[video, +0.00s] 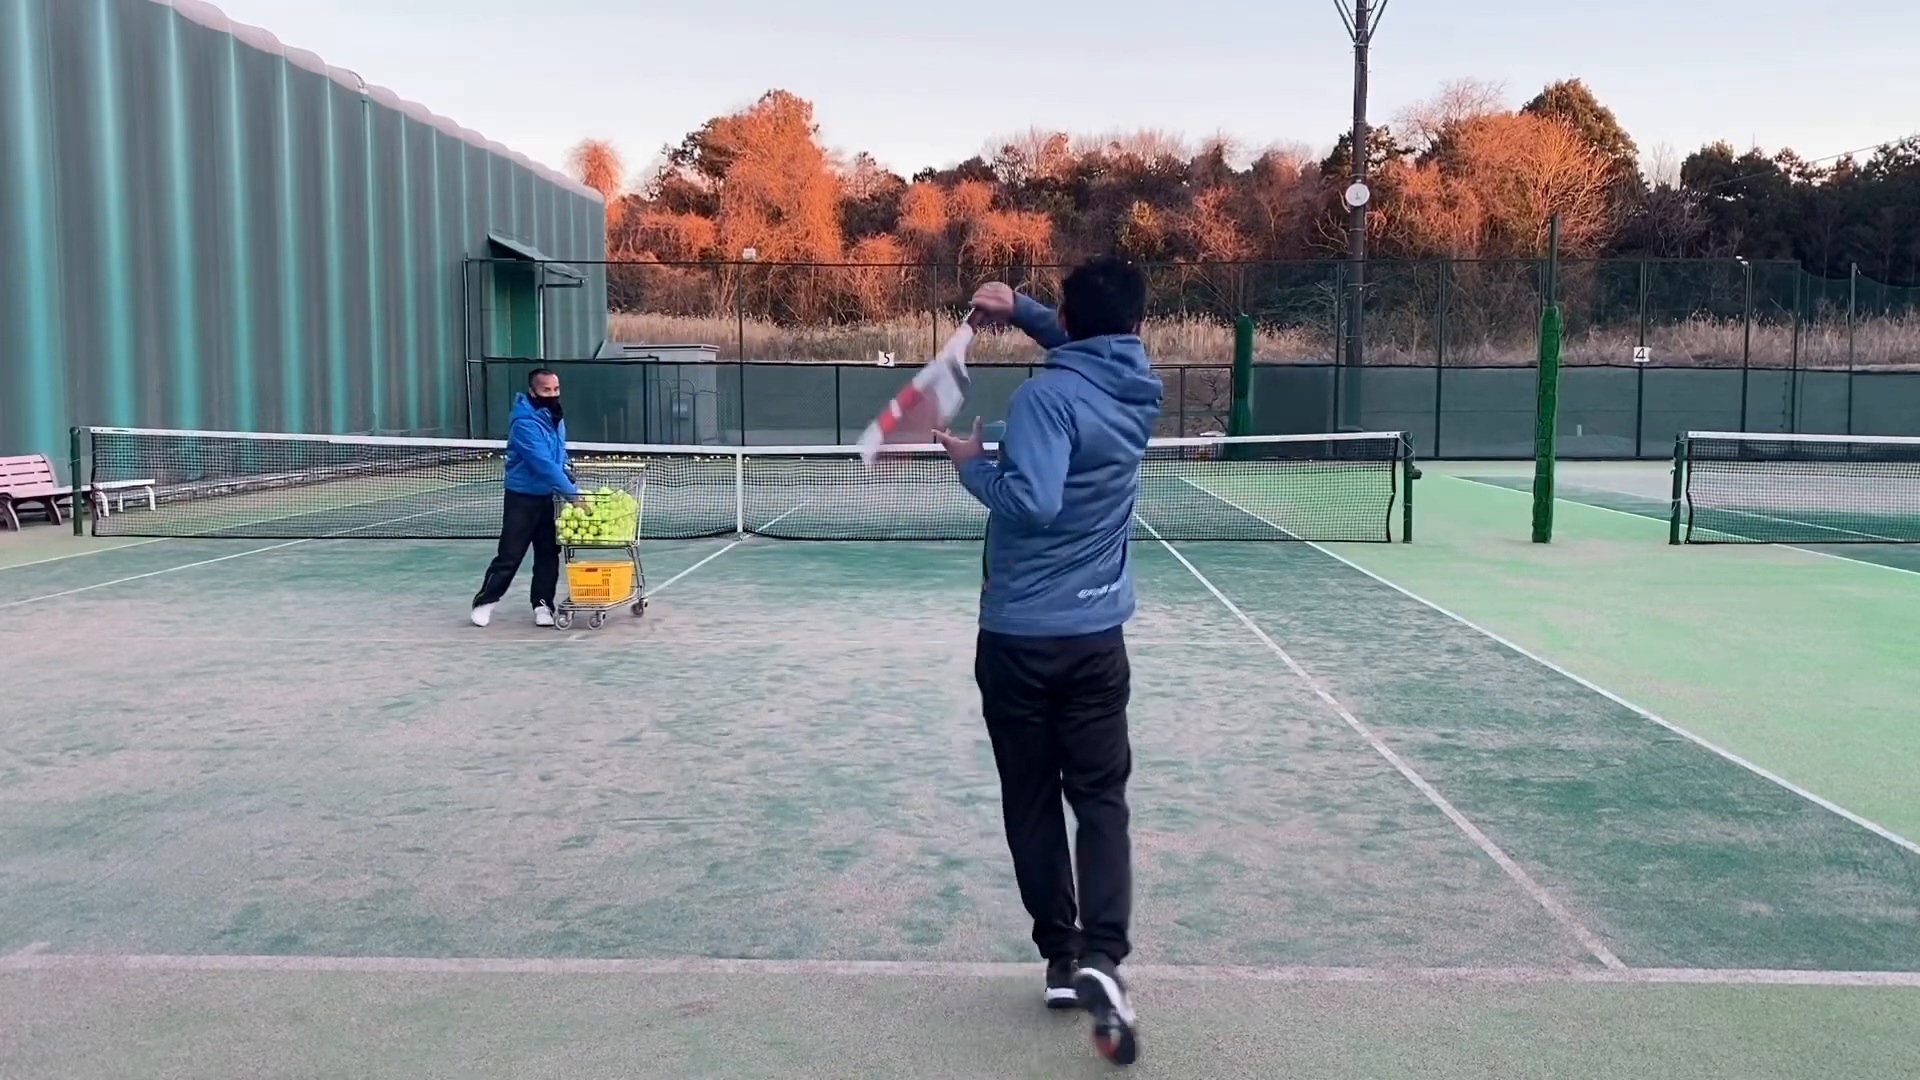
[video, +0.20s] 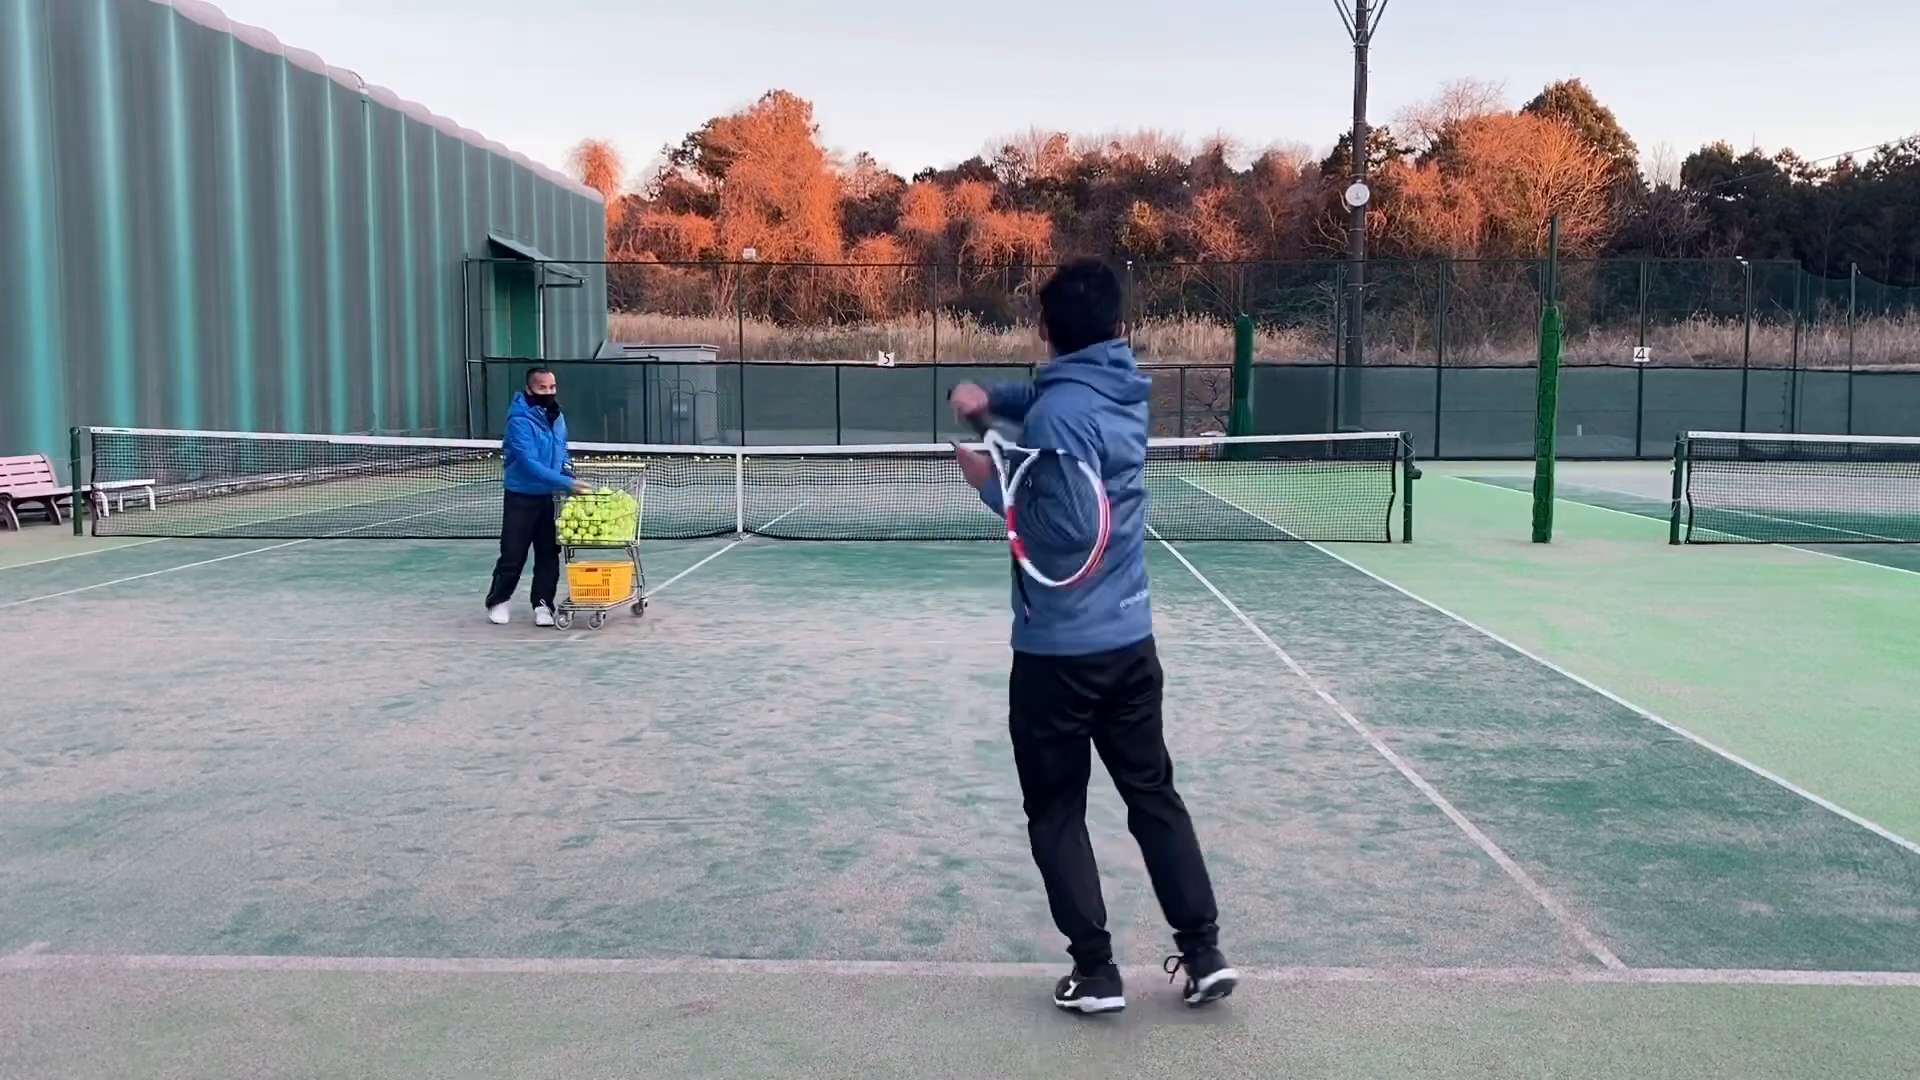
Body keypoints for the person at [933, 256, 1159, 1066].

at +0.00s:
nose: (1056, 317)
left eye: (1063, 309)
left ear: (1068, 320)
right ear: (1135, 326)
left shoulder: (1045, 395)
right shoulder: (1139, 386)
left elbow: (1034, 499)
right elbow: (1075, 337)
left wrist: (970, 460)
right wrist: (1018, 305)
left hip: (1018, 637)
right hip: (1097, 636)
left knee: (1031, 803)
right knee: (1102, 796)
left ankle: (1063, 961)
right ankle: (1102, 961)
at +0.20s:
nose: (1035, 331)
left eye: (1039, 321)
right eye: (1041, 319)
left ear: (1047, 329)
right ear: (1114, 327)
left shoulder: (1057, 414)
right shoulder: (1125, 387)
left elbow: (1070, 534)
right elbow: (1054, 397)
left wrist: (994, 486)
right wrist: (990, 402)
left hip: (1057, 654)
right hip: (1129, 643)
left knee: (1056, 812)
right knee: (1153, 794)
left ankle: (1095, 972)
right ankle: (1203, 952)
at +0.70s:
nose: (897, 365)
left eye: (899, 356)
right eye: (899, 355)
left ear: (910, 363)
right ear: (978, 359)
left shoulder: (895, 442)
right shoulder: (1016, 443)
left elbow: (859, 554)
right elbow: (1054, 542)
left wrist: (868, 509)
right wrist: (979, 550)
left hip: (932, 689)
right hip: (1016, 679)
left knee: (898, 835)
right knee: (1057, 810)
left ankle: (938, 991)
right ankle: (1157, 952)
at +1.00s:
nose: (795, 361)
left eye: (794, 351)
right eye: (802, 350)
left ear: (802, 356)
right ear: (872, 350)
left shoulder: (775, 445)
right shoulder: (921, 446)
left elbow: (723, 556)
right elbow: (955, 555)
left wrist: (781, 527)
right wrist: (878, 559)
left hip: (795, 692)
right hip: (892, 692)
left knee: (740, 825)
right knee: (898, 842)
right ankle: (920, 1012)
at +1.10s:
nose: (746, 378)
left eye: (748, 368)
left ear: (752, 376)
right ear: (829, 377)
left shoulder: (717, 468)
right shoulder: (867, 476)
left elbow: (661, 577)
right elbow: (901, 587)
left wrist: (733, 559)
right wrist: (827, 590)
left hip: (737, 720)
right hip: (841, 718)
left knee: (656, 840)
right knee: (883, 856)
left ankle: (573, 997)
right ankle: (919, 1015)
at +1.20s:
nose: (772, 380)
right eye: (773, 370)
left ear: (692, 376)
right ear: (768, 380)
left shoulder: (646, 465)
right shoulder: (797, 481)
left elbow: (589, 570)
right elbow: (834, 595)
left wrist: (663, 558)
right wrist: (757, 572)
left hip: (657, 725)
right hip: (766, 723)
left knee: (585, 858)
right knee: (834, 856)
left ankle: (529, 1024)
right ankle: (912, 1008)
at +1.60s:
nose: (635, 367)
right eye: (632, 358)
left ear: (545, 362)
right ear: (624, 367)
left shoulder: (488, 445)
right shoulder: (642, 472)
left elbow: (428, 549)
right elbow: (662, 599)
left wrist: (510, 559)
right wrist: (590, 586)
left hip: (488, 711)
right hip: (590, 720)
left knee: (451, 858)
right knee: (626, 870)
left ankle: (392, 1022)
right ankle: (589, 1039)